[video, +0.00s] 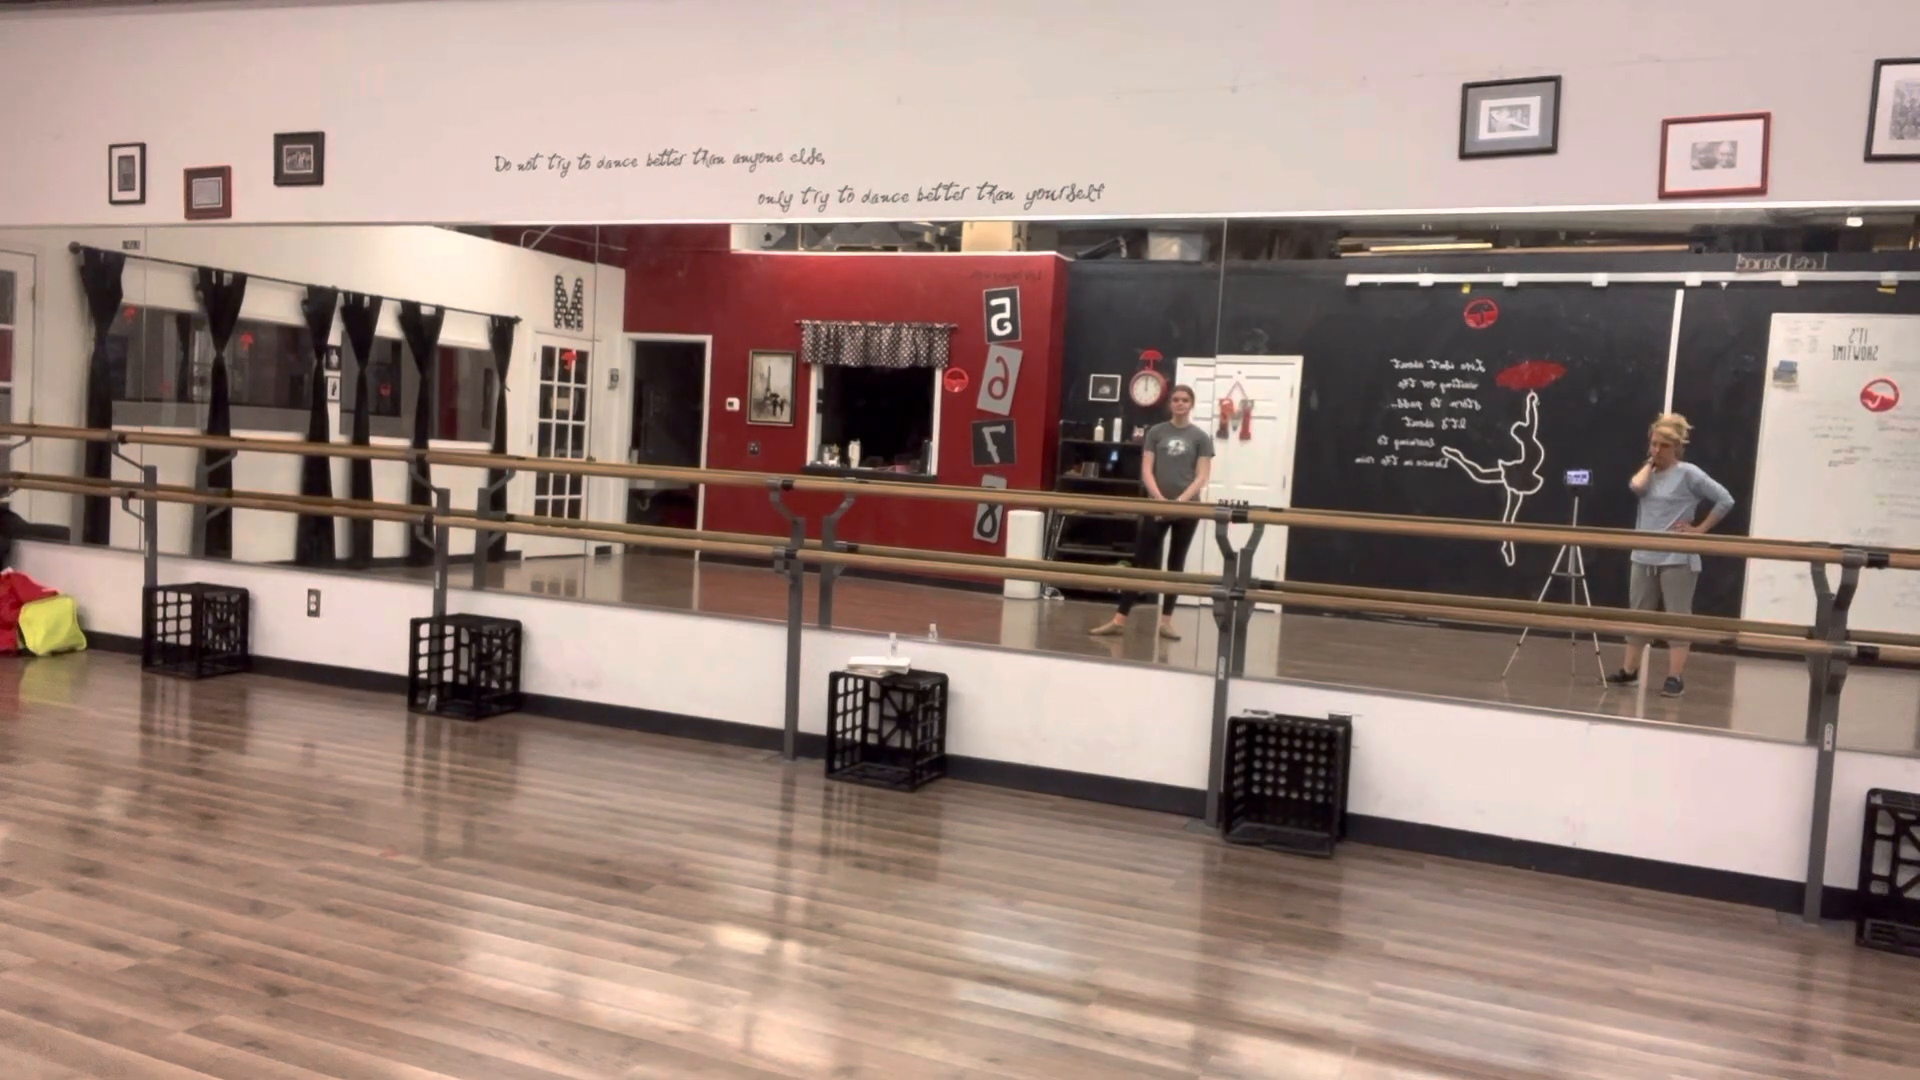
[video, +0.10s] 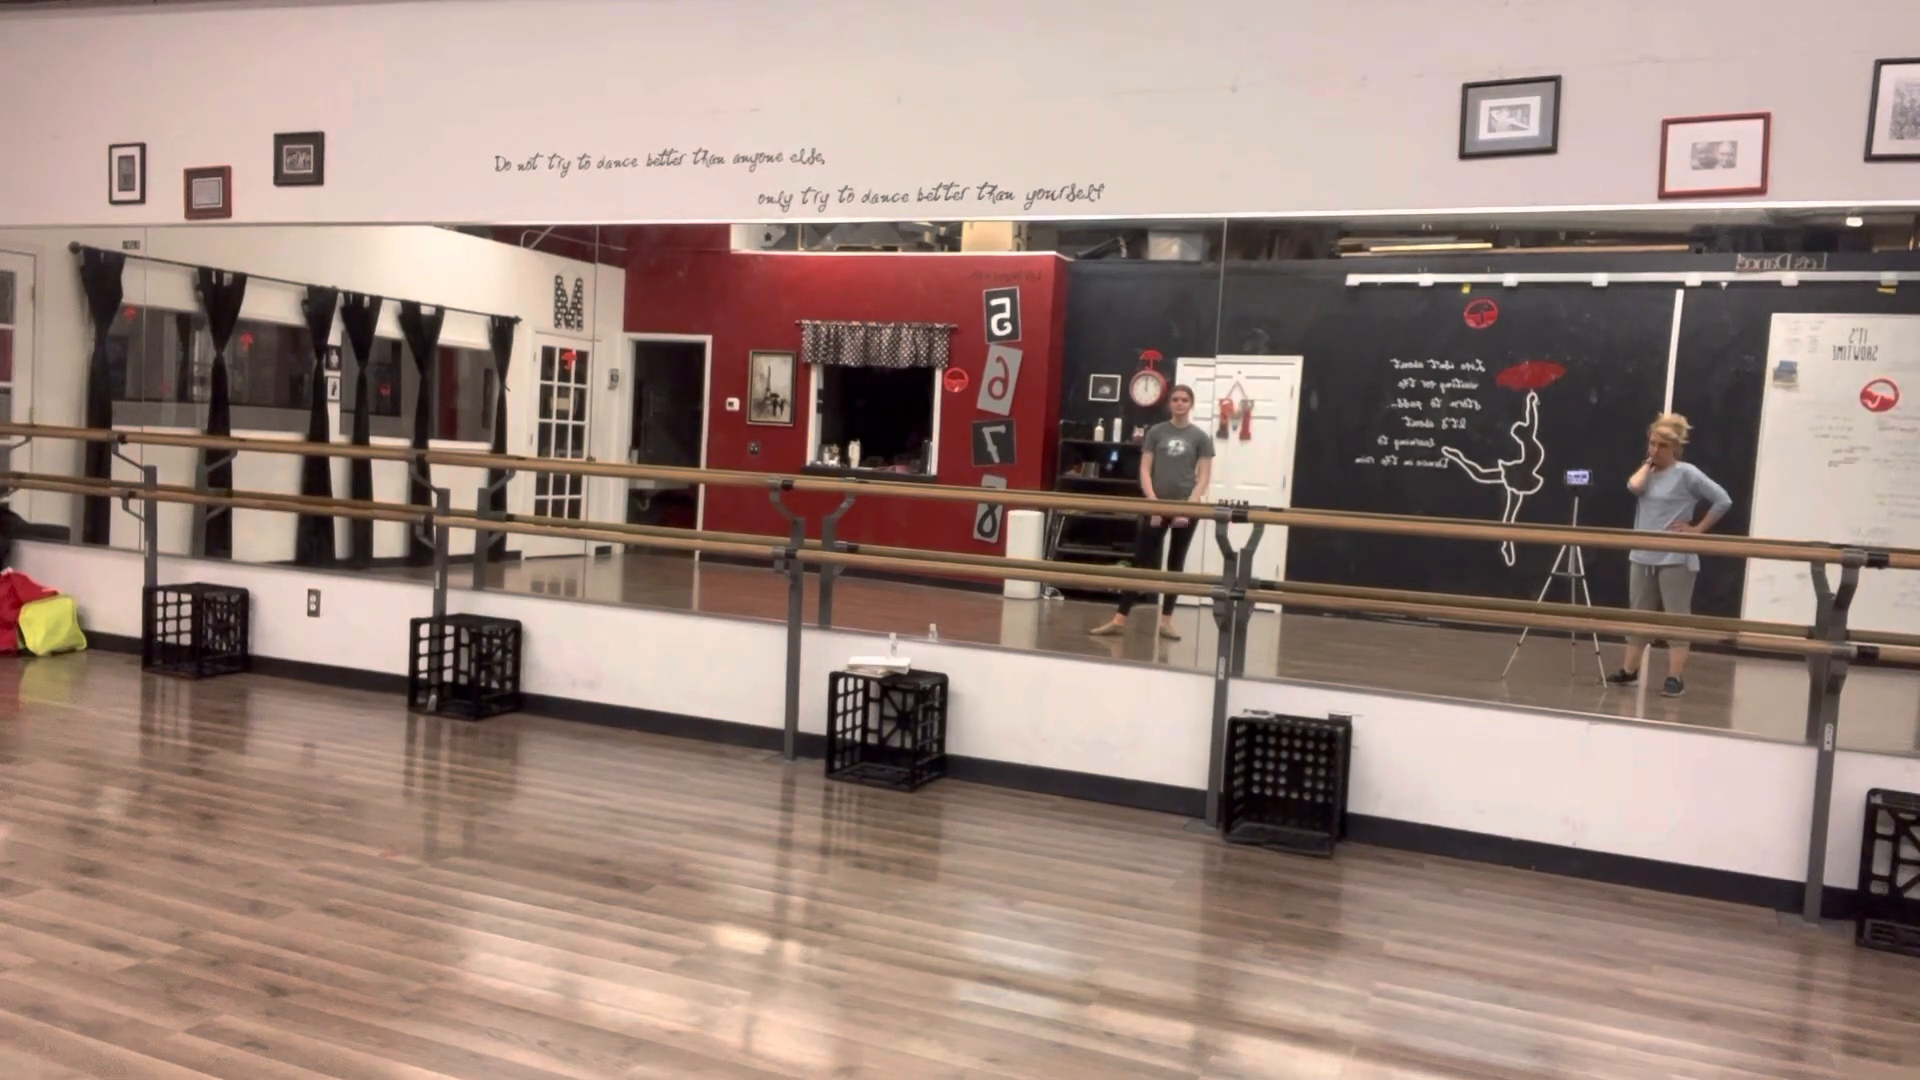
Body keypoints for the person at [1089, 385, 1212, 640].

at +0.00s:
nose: (1180, 404)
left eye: (1185, 400)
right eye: (1176, 400)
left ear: (1192, 405)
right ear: (1170, 403)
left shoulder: (1201, 438)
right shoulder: (1155, 432)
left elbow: (1202, 477)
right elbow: (1146, 471)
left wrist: (1177, 503)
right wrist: (1160, 501)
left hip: (1186, 506)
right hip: (1157, 503)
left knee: (1176, 562)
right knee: (1142, 558)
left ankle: (1166, 619)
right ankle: (1120, 617)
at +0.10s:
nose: (1179, 404)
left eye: (1184, 400)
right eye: (1176, 400)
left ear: (1191, 404)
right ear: (1170, 403)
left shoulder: (1202, 438)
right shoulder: (1155, 432)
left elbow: (1203, 479)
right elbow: (1144, 470)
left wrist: (1187, 509)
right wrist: (1154, 504)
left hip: (1185, 508)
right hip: (1156, 505)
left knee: (1175, 564)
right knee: (1141, 560)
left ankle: (1166, 620)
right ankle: (1120, 617)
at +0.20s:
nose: (1179, 404)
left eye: (1184, 400)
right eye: (1175, 400)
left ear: (1191, 405)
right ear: (1169, 403)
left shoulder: (1201, 438)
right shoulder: (1154, 432)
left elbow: (1206, 479)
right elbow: (1144, 471)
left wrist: (1201, 513)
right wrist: (1144, 507)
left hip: (1184, 509)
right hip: (1155, 507)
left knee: (1175, 566)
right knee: (1141, 561)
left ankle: (1166, 619)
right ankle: (1120, 617)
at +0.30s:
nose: (1178, 404)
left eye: (1183, 400)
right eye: (1174, 399)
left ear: (1190, 404)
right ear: (1168, 403)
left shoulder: (1201, 438)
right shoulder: (1154, 433)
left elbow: (1208, 478)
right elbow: (1142, 472)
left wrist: (1211, 514)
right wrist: (1135, 508)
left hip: (1186, 510)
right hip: (1154, 507)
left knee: (1175, 565)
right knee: (1140, 560)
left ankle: (1165, 620)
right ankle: (1120, 618)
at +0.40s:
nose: (1177, 403)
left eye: (1182, 400)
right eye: (1174, 399)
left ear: (1190, 404)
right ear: (1168, 403)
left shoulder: (1201, 437)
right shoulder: (1154, 432)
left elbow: (1212, 476)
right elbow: (1141, 471)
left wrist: (1220, 506)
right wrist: (1128, 507)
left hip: (1186, 509)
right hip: (1155, 507)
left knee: (1175, 564)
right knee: (1141, 560)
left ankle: (1165, 620)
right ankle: (1120, 618)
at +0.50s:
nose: (1177, 403)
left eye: (1182, 399)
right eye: (1173, 399)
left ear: (1190, 404)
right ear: (1168, 403)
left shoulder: (1201, 436)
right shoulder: (1154, 432)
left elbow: (1215, 474)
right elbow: (1138, 471)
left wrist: (1225, 507)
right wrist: (1121, 508)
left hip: (1186, 509)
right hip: (1154, 506)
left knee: (1175, 564)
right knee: (1141, 559)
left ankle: (1165, 620)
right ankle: (1120, 618)